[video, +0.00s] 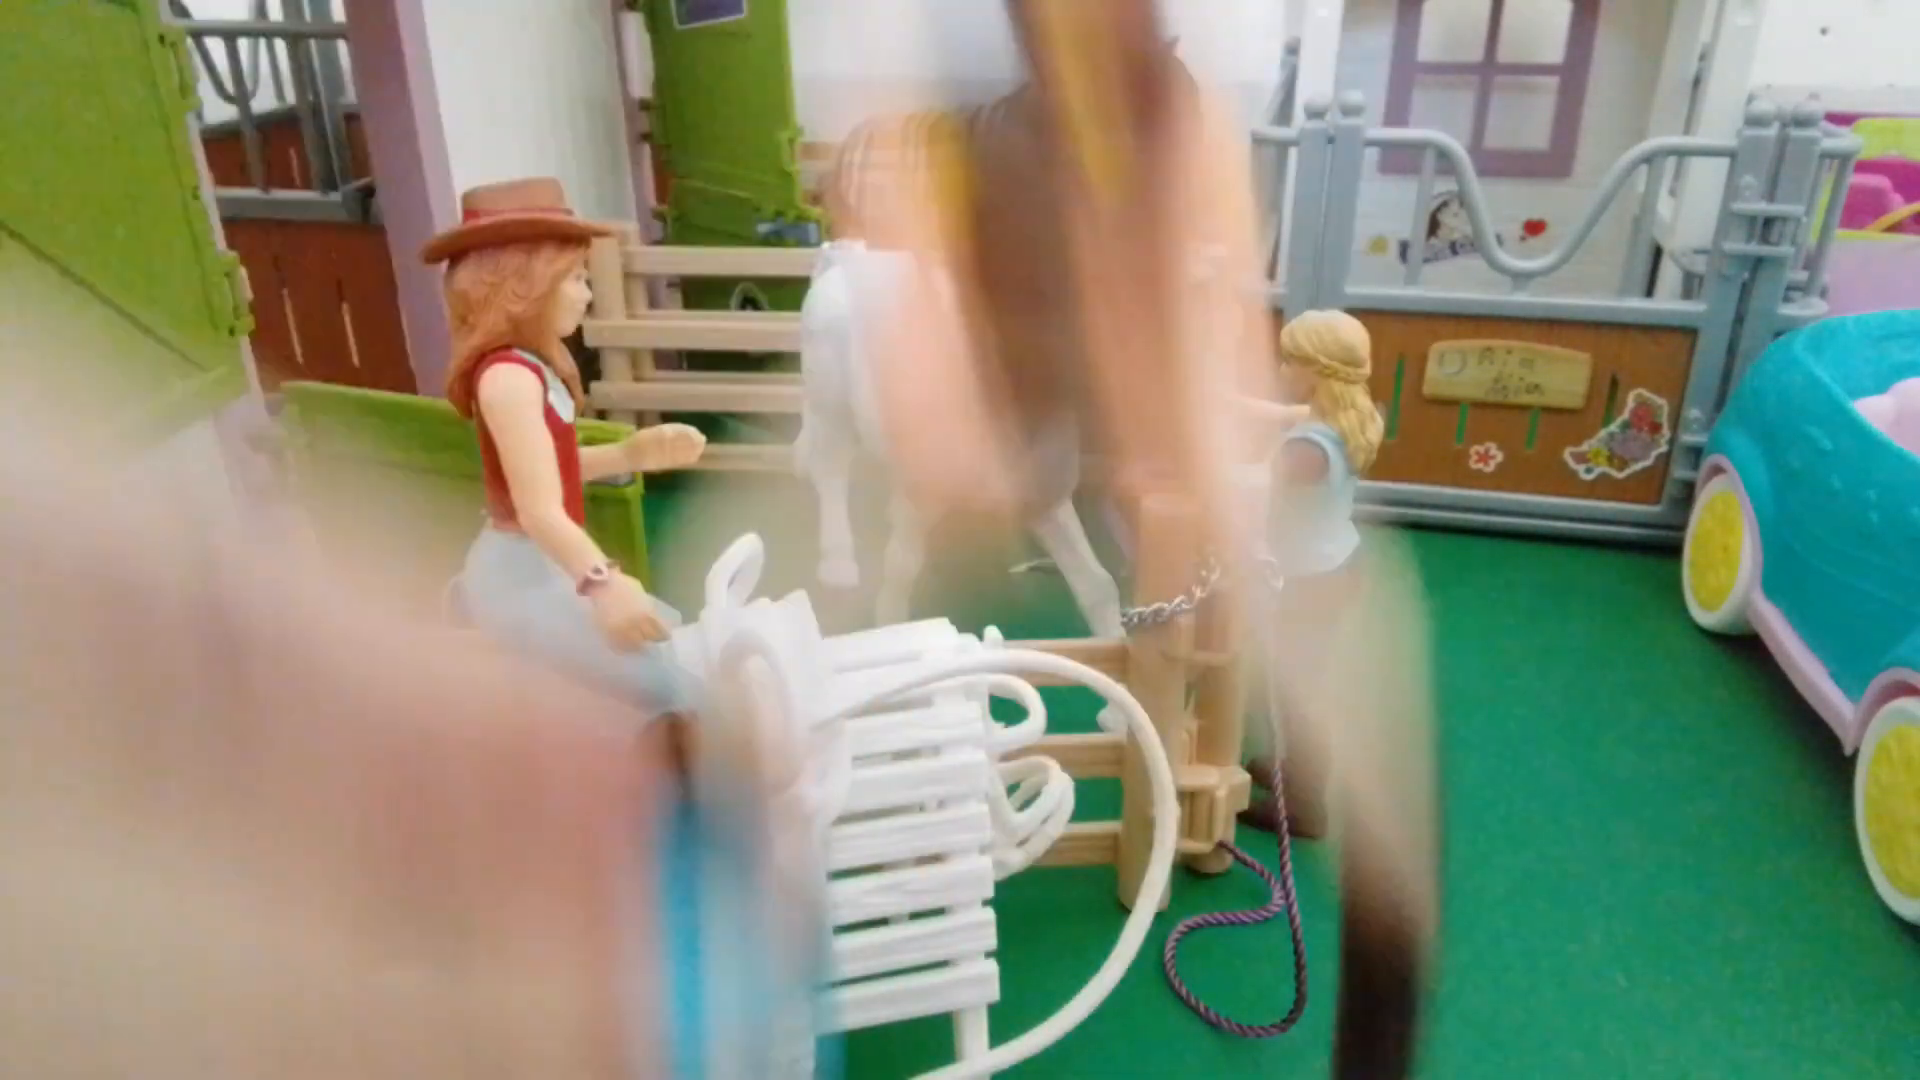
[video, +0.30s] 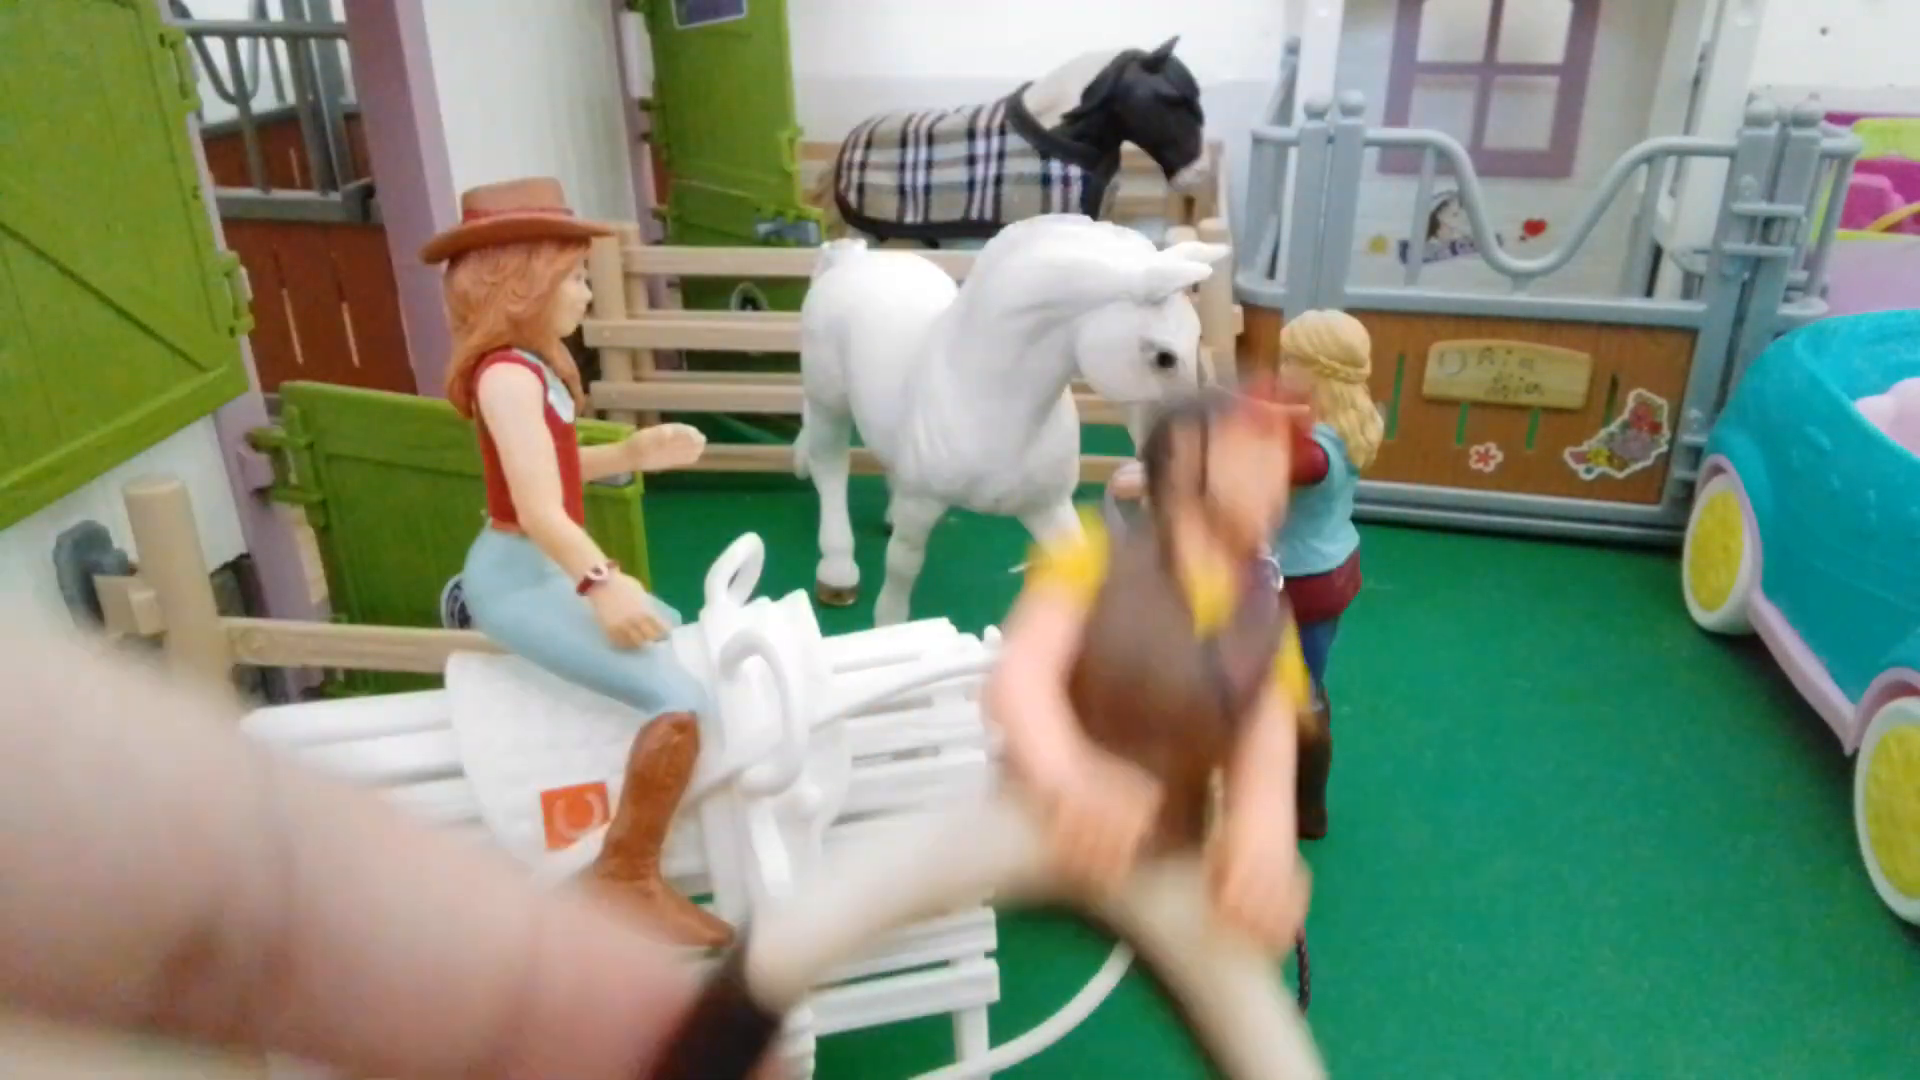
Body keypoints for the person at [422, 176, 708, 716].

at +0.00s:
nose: (588, 295)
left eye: (585, 278)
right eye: (577, 279)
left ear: (532, 291)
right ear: (526, 287)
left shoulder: (539, 370)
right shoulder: (508, 379)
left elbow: (551, 470)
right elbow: (537, 511)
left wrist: (628, 456)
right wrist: (603, 584)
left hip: (549, 561)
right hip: (520, 577)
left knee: (679, 640)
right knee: (673, 683)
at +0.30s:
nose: (587, 293)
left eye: (584, 277)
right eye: (575, 277)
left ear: (535, 287)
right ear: (527, 285)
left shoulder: (541, 369)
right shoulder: (509, 378)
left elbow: (555, 468)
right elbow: (536, 512)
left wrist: (635, 453)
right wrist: (603, 583)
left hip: (555, 563)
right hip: (515, 579)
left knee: (701, 659)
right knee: (680, 697)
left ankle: (641, 865)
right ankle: (625, 874)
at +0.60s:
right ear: (503, 277)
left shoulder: (545, 372)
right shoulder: (512, 379)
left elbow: (553, 469)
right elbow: (538, 513)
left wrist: (626, 455)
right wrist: (608, 584)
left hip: (553, 566)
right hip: (523, 575)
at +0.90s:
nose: (587, 292)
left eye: (584, 276)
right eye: (575, 277)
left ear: (536, 286)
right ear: (528, 284)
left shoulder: (540, 369)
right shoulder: (509, 377)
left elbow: (553, 469)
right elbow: (536, 511)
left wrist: (634, 454)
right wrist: (604, 584)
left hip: (551, 563)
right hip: (515, 576)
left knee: (700, 658)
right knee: (682, 695)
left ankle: (636, 873)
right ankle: (625, 879)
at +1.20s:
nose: (588, 293)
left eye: (585, 276)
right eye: (576, 277)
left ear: (537, 286)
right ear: (527, 286)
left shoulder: (541, 368)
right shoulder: (509, 377)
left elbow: (554, 468)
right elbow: (536, 510)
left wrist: (634, 454)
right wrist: (603, 583)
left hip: (553, 563)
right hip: (515, 576)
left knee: (701, 666)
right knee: (680, 696)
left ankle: (641, 874)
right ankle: (624, 878)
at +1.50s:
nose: (588, 294)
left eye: (585, 278)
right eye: (576, 279)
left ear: (534, 287)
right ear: (526, 287)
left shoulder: (543, 369)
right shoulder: (509, 378)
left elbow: (554, 471)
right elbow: (538, 512)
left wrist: (629, 454)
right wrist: (602, 583)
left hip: (554, 560)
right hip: (515, 574)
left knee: (700, 648)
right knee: (680, 696)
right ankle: (627, 878)